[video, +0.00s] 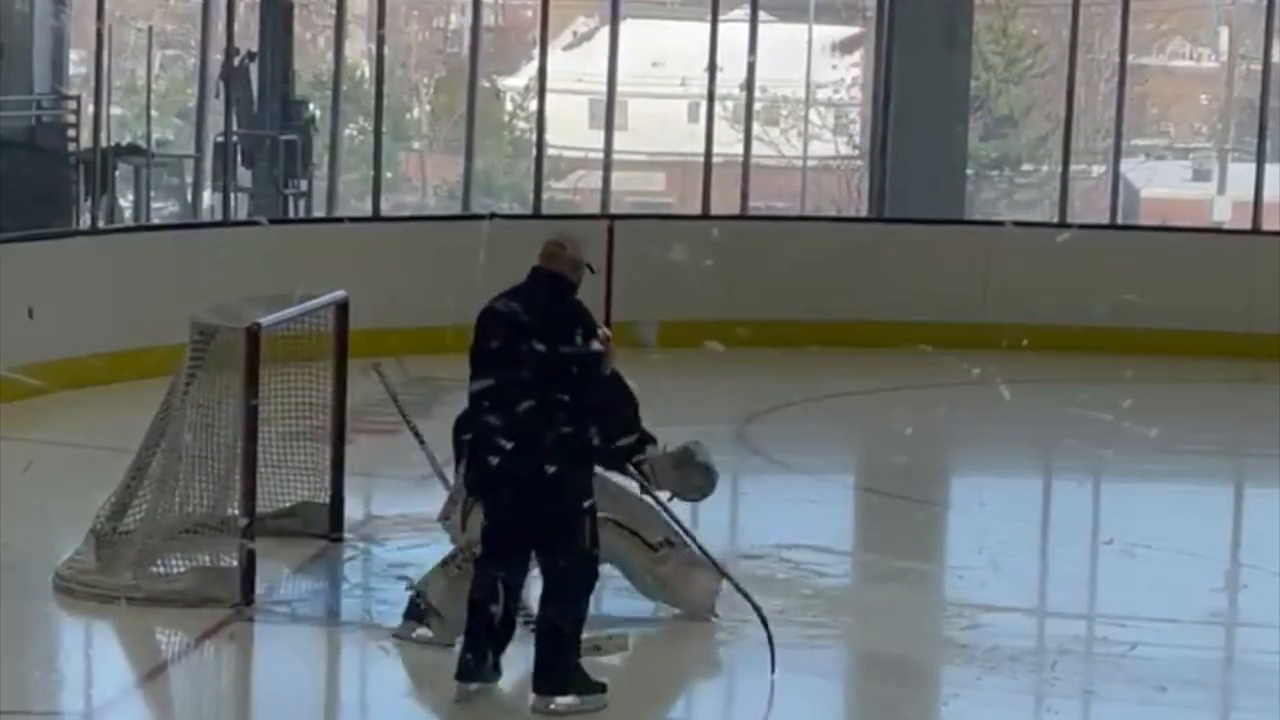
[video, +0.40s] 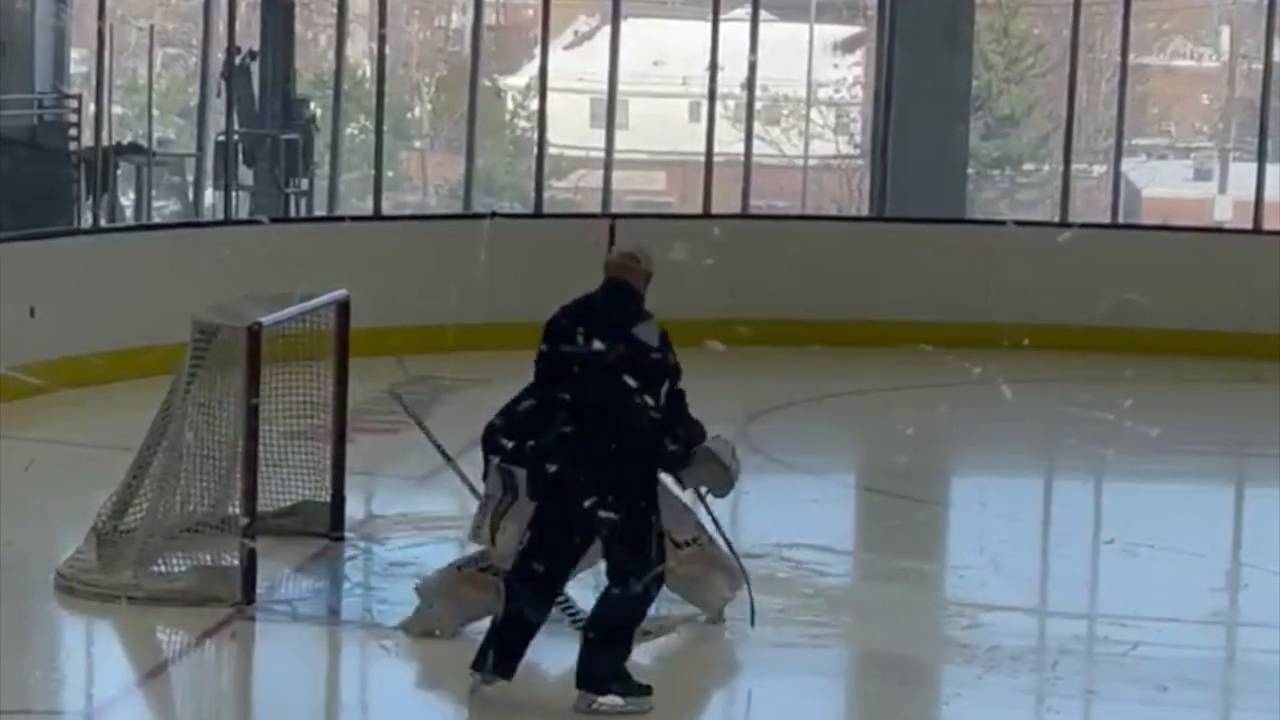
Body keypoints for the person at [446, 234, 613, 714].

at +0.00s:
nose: (583, 281)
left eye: (582, 274)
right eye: (582, 274)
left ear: (538, 265)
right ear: (575, 272)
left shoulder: (496, 312)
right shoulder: (577, 323)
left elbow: (483, 396)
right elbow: (601, 396)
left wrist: (475, 466)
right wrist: (633, 446)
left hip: (503, 464)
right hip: (561, 470)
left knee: (498, 565)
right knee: (572, 573)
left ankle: (475, 667)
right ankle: (557, 676)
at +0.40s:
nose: (639, 288)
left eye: (632, 279)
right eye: (642, 281)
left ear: (604, 275)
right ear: (643, 281)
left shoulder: (565, 320)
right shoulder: (650, 333)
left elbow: (545, 389)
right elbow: (668, 405)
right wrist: (684, 447)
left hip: (567, 463)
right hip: (626, 473)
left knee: (542, 563)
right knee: (636, 572)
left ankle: (495, 660)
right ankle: (602, 676)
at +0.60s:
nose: (690, 280)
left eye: (687, 272)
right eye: (690, 273)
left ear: (648, 270)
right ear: (685, 274)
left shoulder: (611, 314)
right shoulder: (694, 322)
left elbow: (587, 386)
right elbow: (731, 377)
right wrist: (735, 426)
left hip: (611, 457)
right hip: (668, 465)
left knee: (597, 559)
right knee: (674, 574)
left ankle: (540, 654)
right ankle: (648, 680)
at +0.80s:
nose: (715, 279)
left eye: (711, 269)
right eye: (715, 271)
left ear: (684, 270)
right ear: (724, 274)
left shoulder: (647, 316)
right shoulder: (737, 320)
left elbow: (630, 397)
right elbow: (783, 377)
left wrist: (634, 460)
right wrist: (770, 429)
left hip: (649, 462)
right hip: (708, 466)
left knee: (660, 560)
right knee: (710, 566)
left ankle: (633, 658)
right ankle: (688, 667)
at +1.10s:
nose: (753, 274)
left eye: (746, 265)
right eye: (757, 266)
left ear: (727, 267)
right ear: (769, 269)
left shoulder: (695, 313)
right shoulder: (791, 317)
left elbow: (675, 385)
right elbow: (829, 378)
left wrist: (672, 444)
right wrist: (812, 432)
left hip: (707, 458)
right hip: (764, 459)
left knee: (713, 554)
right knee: (765, 558)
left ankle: (698, 656)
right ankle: (752, 666)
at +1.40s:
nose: (786, 267)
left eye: (772, 258)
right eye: (791, 260)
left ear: (757, 264)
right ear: (798, 266)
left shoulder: (725, 306)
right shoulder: (816, 309)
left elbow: (704, 384)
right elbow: (832, 377)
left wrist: (704, 446)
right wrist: (812, 424)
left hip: (739, 450)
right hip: (795, 452)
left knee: (747, 542)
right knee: (809, 548)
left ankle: (737, 644)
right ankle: (813, 655)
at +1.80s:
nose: (840, 262)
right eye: (847, 256)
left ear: (810, 254)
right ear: (849, 257)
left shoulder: (780, 292)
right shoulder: (868, 300)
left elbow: (754, 362)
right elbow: (875, 371)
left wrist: (746, 421)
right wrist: (861, 420)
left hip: (788, 430)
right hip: (844, 436)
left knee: (786, 521)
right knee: (842, 529)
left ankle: (771, 621)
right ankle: (839, 630)